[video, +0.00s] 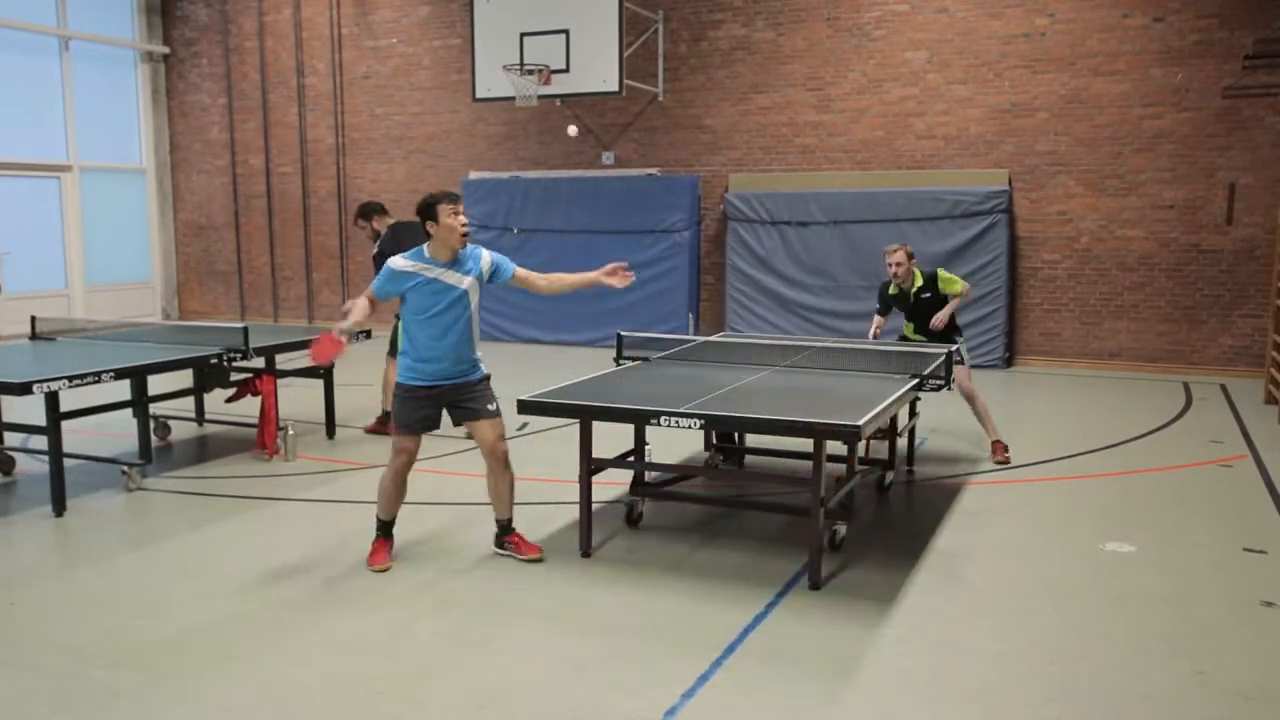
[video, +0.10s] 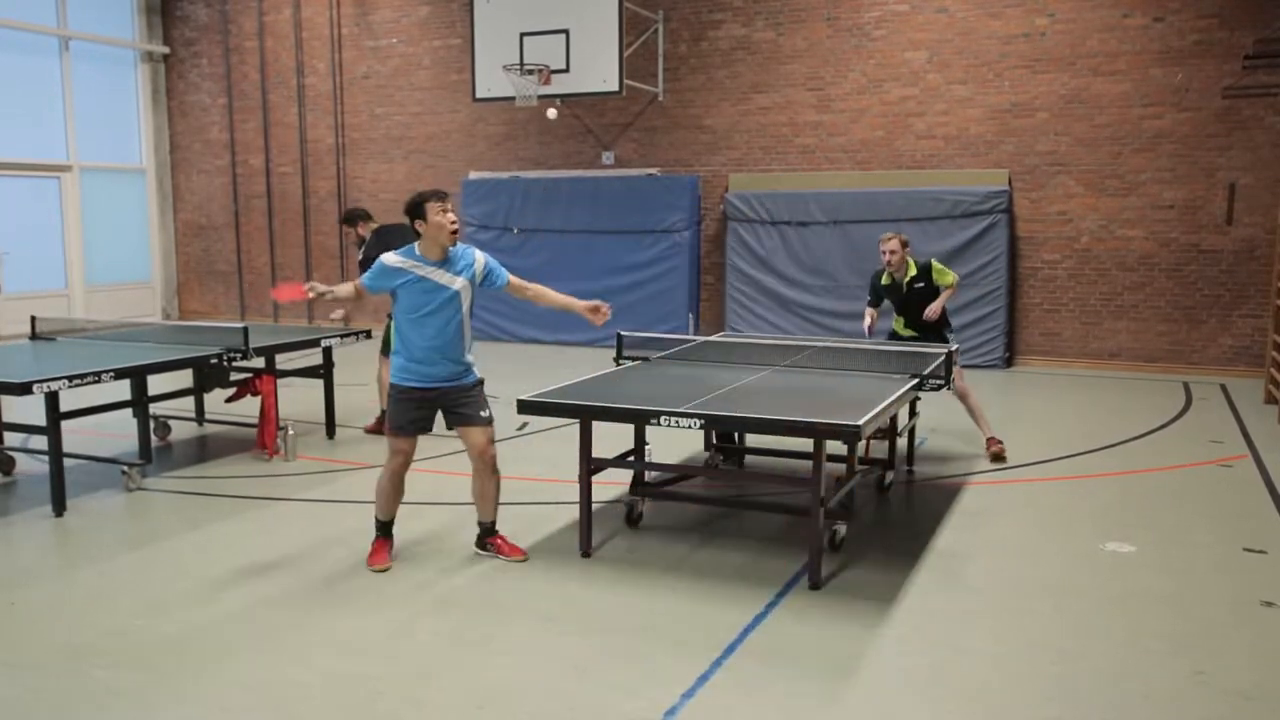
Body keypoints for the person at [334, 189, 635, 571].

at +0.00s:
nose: (464, 221)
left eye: (463, 215)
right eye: (454, 216)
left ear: (462, 220)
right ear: (431, 226)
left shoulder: (479, 260)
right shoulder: (401, 267)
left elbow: (540, 283)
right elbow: (368, 301)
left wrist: (596, 277)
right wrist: (357, 312)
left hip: (467, 378)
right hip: (415, 382)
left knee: (498, 450)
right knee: (402, 457)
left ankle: (506, 534)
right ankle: (383, 538)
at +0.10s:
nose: (453, 219)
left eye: (453, 213)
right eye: (443, 213)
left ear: (454, 220)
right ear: (420, 225)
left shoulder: (473, 261)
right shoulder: (394, 264)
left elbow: (526, 290)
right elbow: (357, 288)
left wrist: (580, 306)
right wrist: (326, 290)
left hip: (460, 379)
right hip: (409, 382)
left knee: (485, 454)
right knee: (398, 459)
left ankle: (487, 536)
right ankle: (382, 538)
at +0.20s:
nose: (449, 218)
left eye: (449, 212)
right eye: (438, 213)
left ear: (451, 221)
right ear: (416, 225)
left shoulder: (466, 262)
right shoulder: (390, 262)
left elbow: (505, 297)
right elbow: (347, 280)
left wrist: (549, 328)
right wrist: (325, 274)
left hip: (454, 380)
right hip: (403, 384)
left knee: (483, 451)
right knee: (396, 460)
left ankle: (489, 535)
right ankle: (382, 537)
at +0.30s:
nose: (451, 222)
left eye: (450, 216)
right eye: (441, 217)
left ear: (450, 223)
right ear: (417, 227)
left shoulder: (465, 264)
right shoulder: (387, 261)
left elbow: (485, 299)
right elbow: (341, 273)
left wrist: (509, 336)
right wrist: (335, 265)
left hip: (449, 377)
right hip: (399, 383)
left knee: (484, 447)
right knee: (392, 461)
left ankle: (489, 528)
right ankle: (381, 537)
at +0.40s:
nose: (464, 233)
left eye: (463, 225)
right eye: (454, 227)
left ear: (460, 231)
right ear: (429, 235)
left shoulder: (468, 273)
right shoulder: (390, 265)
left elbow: (468, 307)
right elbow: (340, 282)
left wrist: (475, 342)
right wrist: (336, 264)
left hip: (447, 377)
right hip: (398, 384)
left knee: (490, 441)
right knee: (393, 465)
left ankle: (469, 511)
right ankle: (382, 538)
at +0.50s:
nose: (485, 245)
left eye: (484, 238)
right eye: (477, 239)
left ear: (467, 246)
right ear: (451, 246)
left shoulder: (474, 281)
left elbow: (450, 321)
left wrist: (457, 350)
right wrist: (367, 294)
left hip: (446, 379)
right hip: (399, 388)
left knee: (494, 438)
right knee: (397, 471)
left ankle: (444, 495)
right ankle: (382, 538)